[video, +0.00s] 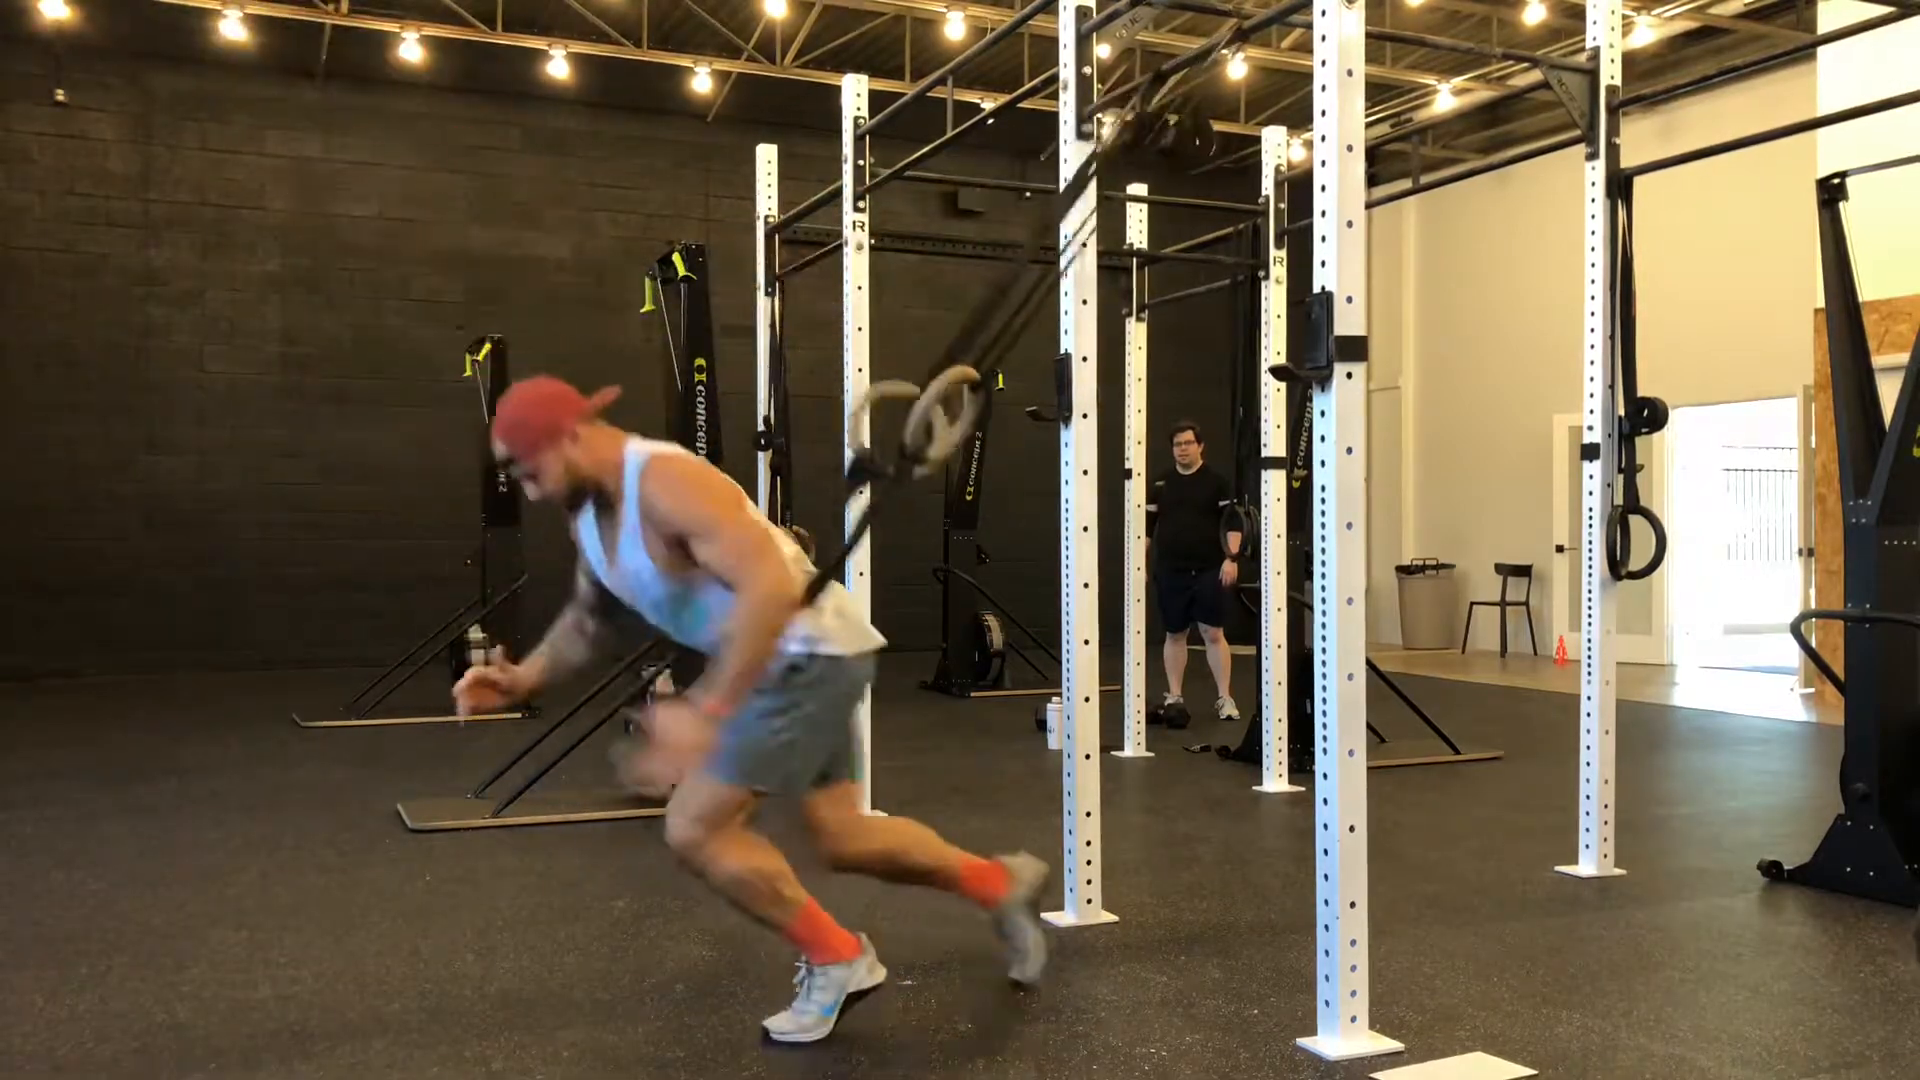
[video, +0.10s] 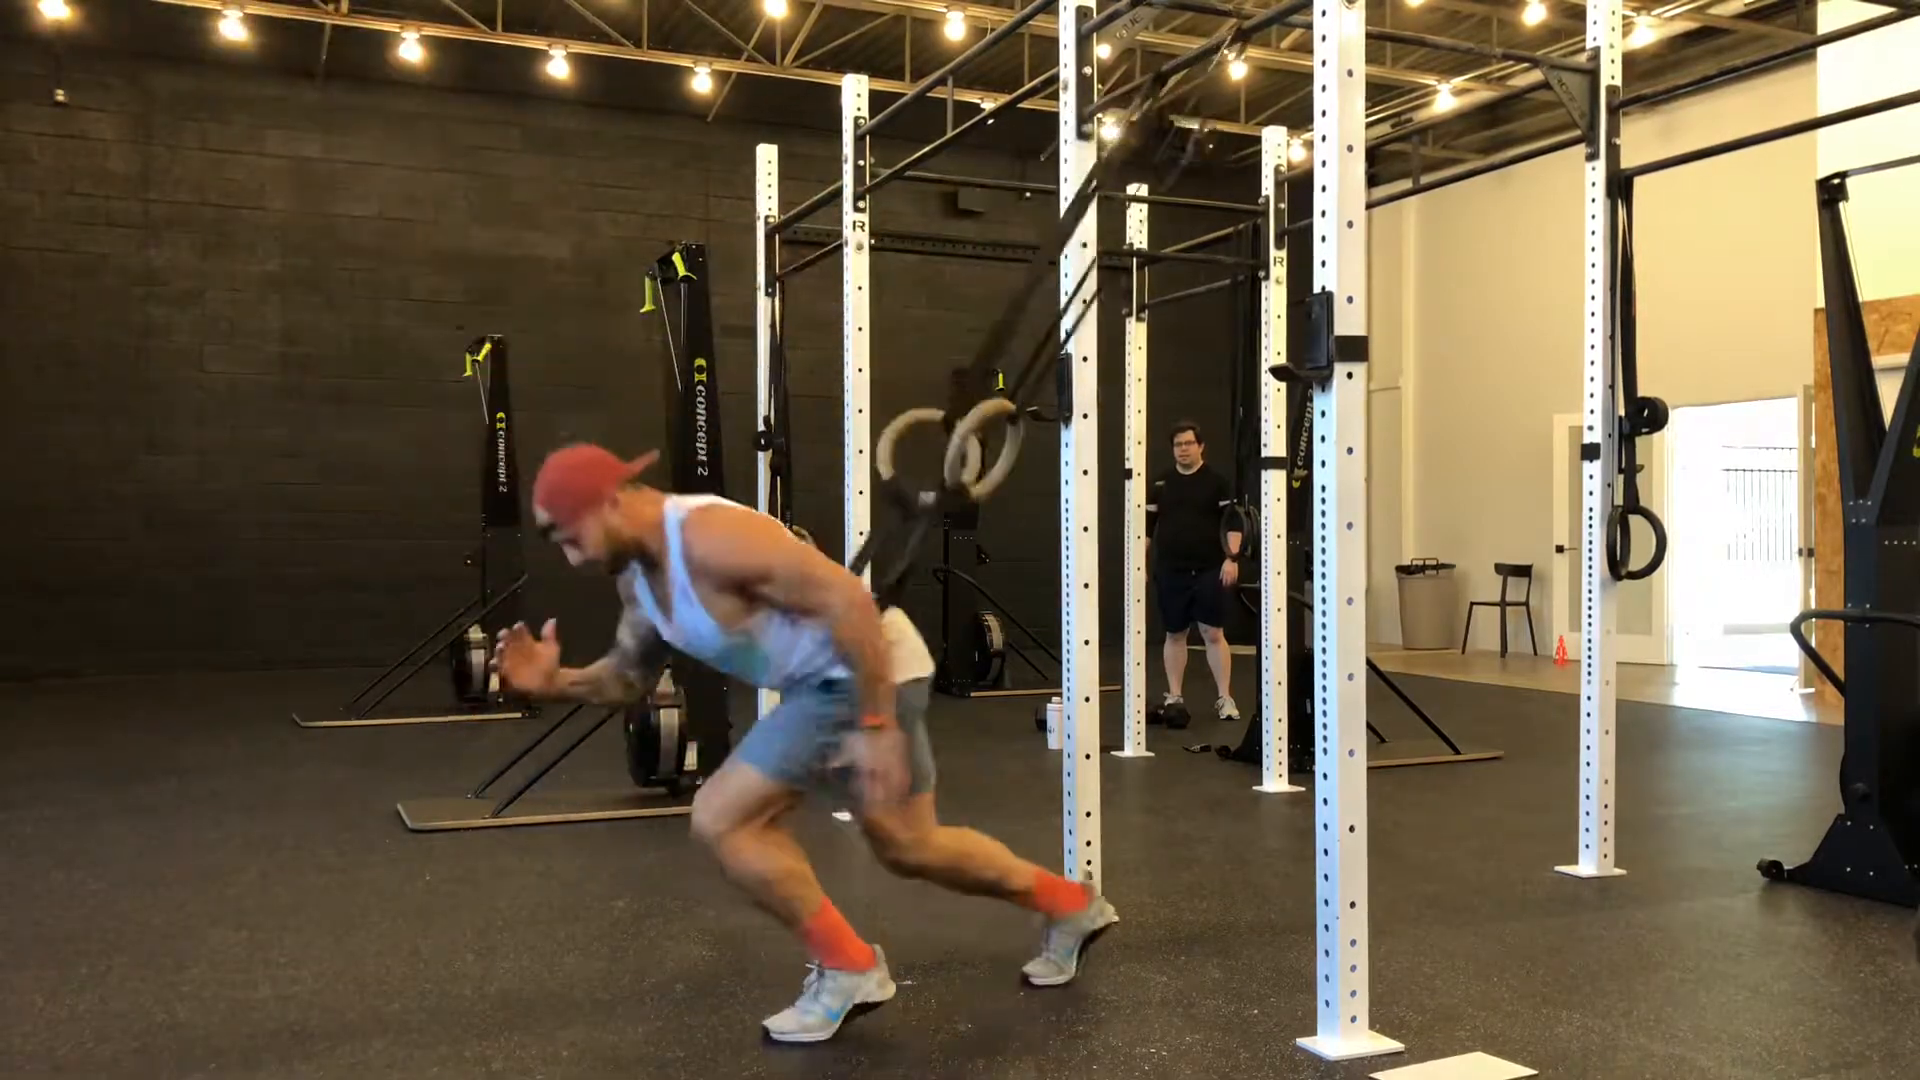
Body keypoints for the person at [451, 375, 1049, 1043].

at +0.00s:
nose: (526, 486)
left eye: (529, 468)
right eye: (518, 473)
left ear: (573, 434)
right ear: (561, 447)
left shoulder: (669, 480)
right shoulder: (596, 520)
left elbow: (774, 585)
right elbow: (588, 622)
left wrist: (707, 708)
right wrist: (523, 678)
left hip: (814, 653)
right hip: (793, 658)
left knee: (696, 827)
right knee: (843, 838)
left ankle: (839, 958)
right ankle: (1003, 883)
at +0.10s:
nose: (561, 544)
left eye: (565, 528)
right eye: (555, 532)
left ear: (610, 503)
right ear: (602, 509)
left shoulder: (711, 535)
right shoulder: (642, 581)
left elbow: (847, 597)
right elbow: (625, 679)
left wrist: (881, 723)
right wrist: (553, 679)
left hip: (859, 672)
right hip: (825, 680)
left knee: (723, 819)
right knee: (908, 843)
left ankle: (850, 968)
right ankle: (1071, 902)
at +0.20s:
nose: (590, 572)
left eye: (589, 555)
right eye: (580, 560)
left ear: (627, 519)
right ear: (619, 527)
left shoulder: (726, 538)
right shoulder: (666, 590)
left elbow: (871, 581)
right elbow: (645, 677)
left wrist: (933, 688)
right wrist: (576, 671)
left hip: (885, 665)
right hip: (873, 667)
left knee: (757, 803)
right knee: (933, 836)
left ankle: (861, 972)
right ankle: (1082, 905)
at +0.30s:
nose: (594, 565)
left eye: (591, 548)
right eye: (585, 555)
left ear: (628, 510)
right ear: (623, 517)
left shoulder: (724, 524)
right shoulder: (672, 582)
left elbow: (867, 552)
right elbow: (643, 661)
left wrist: (938, 651)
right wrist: (579, 656)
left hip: (891, 645)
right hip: (894, 645)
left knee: (773, 794)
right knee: (948, 812)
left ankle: (864, 975)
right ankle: (1086, 907)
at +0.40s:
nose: (592, 552)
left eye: (589, 535)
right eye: (581, 543)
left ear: (624, 498)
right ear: (619, 507)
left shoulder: (714, 511)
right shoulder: (668, 572)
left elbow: (860, 520)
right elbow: (637, 653)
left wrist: (934, 627)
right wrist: (574, 639)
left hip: (890, 632)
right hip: (893, 633)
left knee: (780, 792)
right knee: (956, 801)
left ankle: (865, 976)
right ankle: (1084, 904)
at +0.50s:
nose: (588, 550)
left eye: (585, 532)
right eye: (578, 540)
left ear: (619, 495)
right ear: (615, 502)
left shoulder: (711, 509)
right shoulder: (662, 567)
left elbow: (858, 512)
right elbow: (632, 650)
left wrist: (935, 615)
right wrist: (567, 633)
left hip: (886, 629)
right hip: (890, 630)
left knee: (778, 792)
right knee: (956, 801)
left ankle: (864, 976)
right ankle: (1084, 904)